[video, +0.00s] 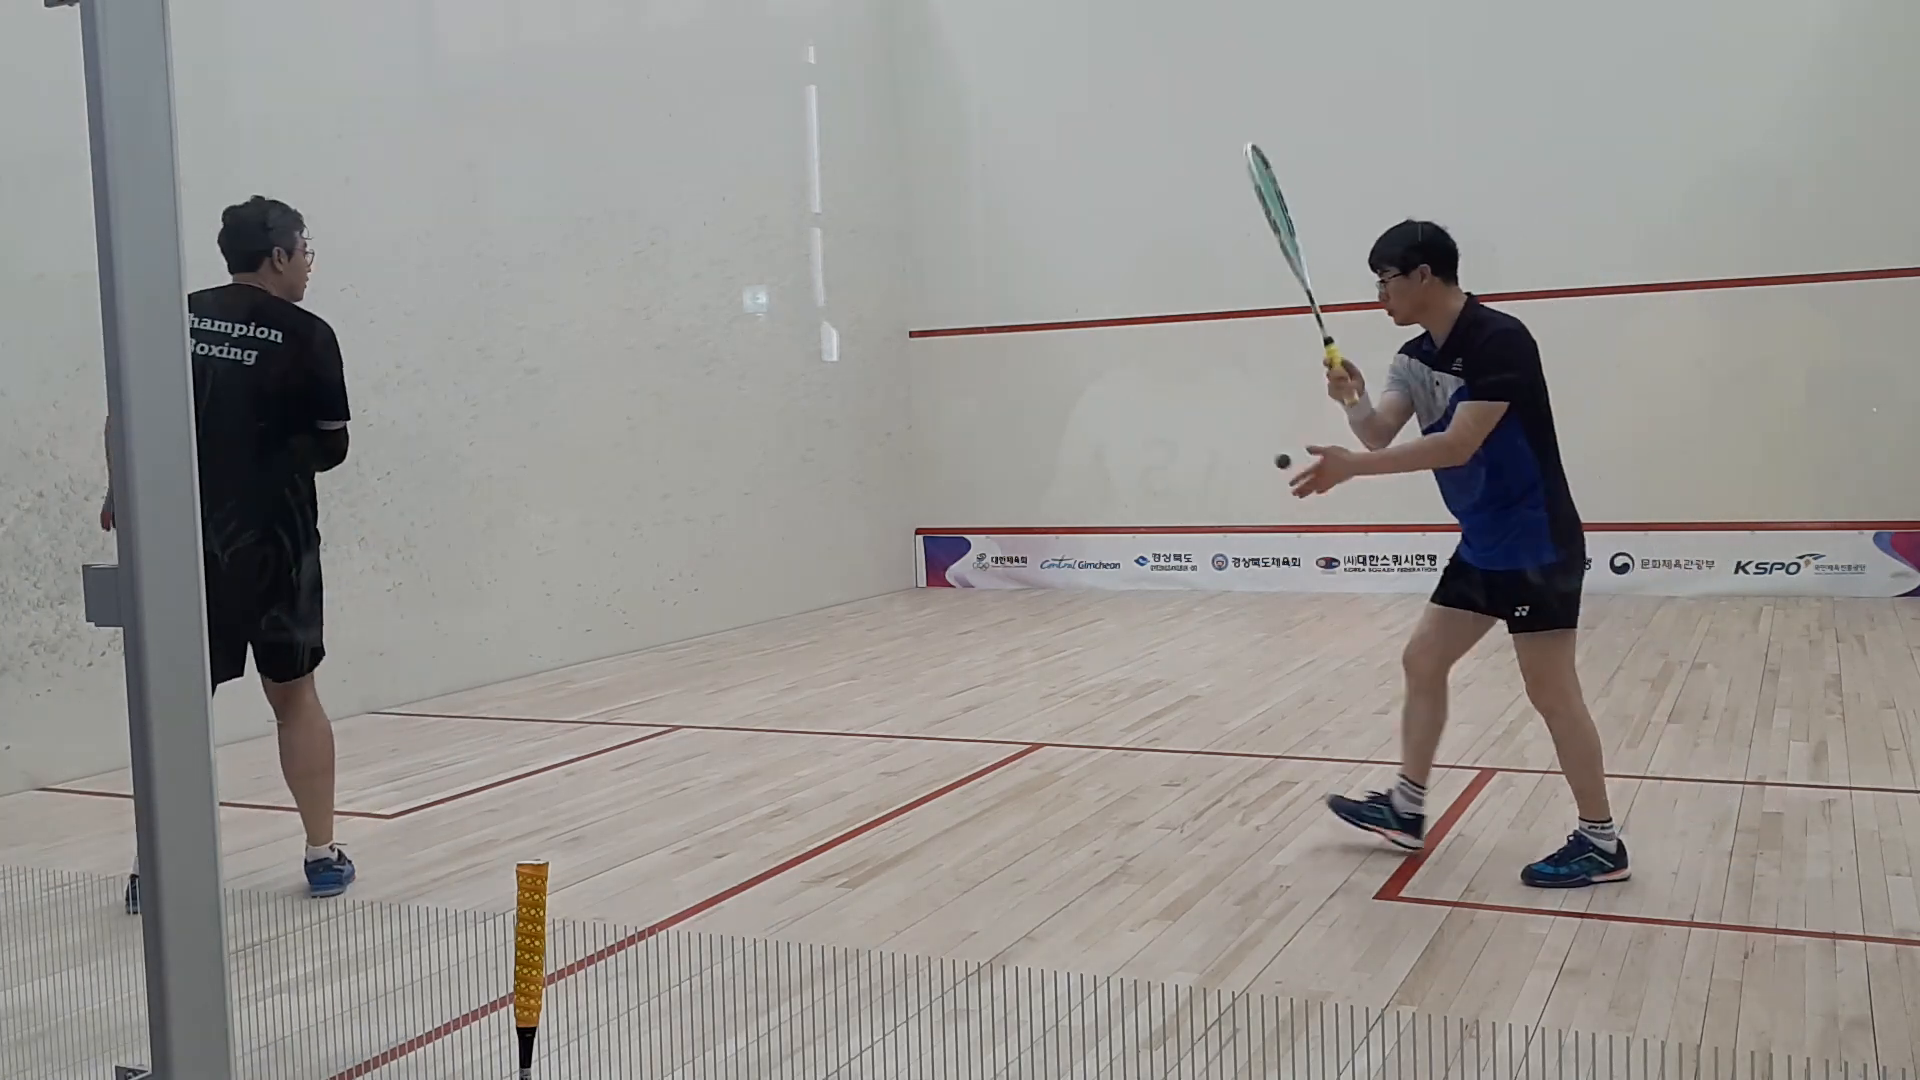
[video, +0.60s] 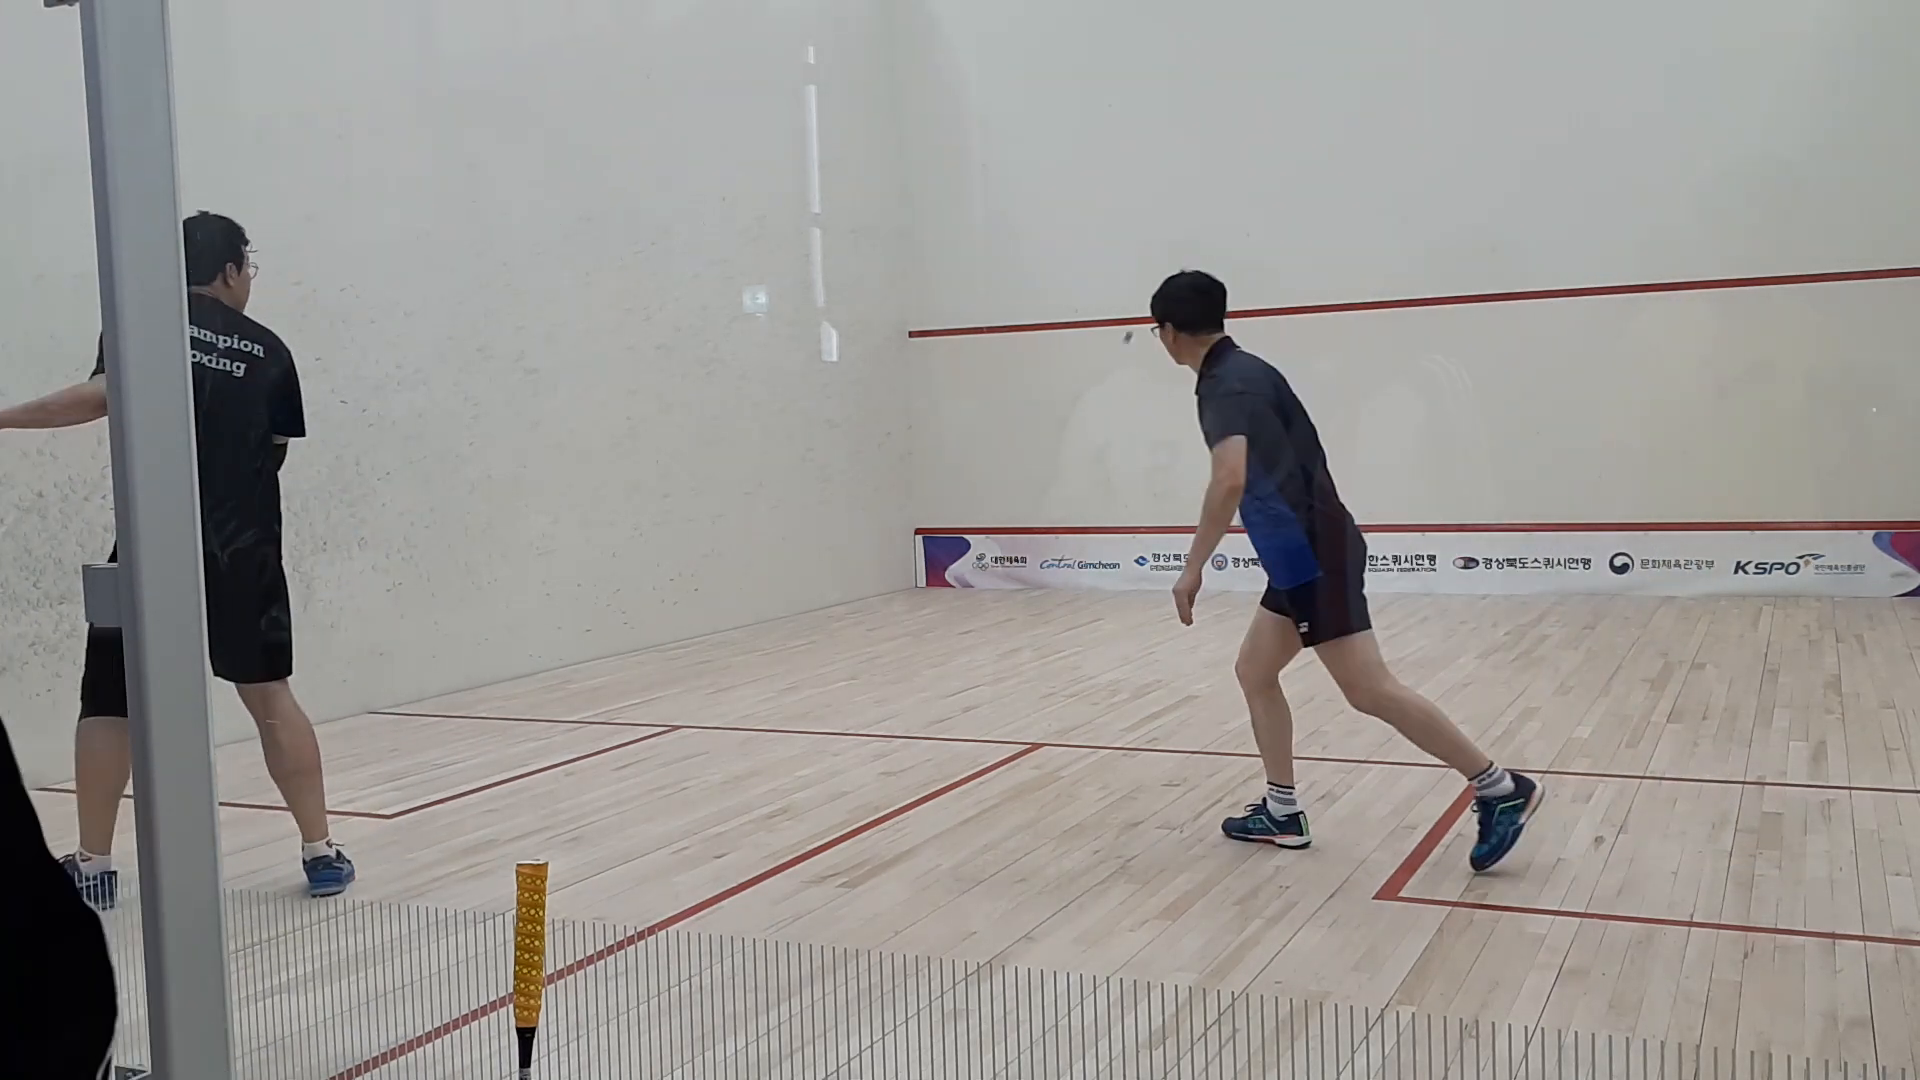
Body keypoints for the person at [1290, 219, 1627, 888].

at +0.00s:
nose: (1379, 296)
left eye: (1386, 281)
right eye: (1377, 283)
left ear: (1424, 275)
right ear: (1418, 279)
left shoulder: (1501, 341)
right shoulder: (1416, 352)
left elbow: (1458, 445)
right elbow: (1378, 437)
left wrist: (1358, 466)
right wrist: (1353, 400)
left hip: (1542, 546)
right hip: (1484, 545)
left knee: (1554, 692)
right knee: (1424, 659)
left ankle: (1601, 838)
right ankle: (1407, 805)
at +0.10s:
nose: (1349, 303)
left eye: (1355, 289)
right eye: (1347, 290)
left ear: (1393, 282)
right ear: (1389, 286)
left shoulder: (1472, 341)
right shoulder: (1385, 354)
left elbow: (1424, 429)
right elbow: (1345, 423)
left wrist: (1330, 445)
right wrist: (1331, 364)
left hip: (1508, 553)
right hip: (1447, 551)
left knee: (1535, 695)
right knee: (1384, 663)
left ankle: (1597, 835)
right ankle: (1335, 796)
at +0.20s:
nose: (1315, 314)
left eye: (1319, 303)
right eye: (1313, 304)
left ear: (1350, 295)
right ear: (1351, 297)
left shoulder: (1433, 350)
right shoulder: (1348, 364)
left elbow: (1394, 431)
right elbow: (1301, 410)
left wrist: (1302, 446)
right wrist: (1311, 338)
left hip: (1468, 560)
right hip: (1409, 561)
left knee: (1509, 697)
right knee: (1343, 674)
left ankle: (1595, 833)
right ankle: (1301, 806)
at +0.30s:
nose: (1268, 335)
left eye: (1272, 322)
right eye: (1265, 325)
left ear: (1308, 314)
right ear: (1296, 318)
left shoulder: (1391, 367)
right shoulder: (1301, 378)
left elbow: (1360, 451)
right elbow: (1239, 440)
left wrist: (1267, 482)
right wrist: (1280, 386)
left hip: (1428, 571)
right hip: (1370, 571)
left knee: (1470, 706)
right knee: (1295, 667)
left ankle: (1582, 823)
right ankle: (1284, 809)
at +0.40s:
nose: (1223, 345)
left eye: (1225, 332)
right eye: (1220, 334)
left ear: (1255, 325)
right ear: (1258, 328)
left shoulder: (1337, 382)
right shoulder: (1257, 402)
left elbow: (1319, 480)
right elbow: (1214, 469)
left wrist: (1238, 530)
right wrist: (1178, 510)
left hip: (1388, 570)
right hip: (1342, 573)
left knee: (1419, 708)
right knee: (1271, 669)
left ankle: (1551, 805)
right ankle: (1282, 809)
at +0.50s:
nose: (1186, 344)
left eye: (1187, 332)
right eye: (1185, 333)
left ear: (1209, 331)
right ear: (1234, 326)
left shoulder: (1273, 383)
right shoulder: (1242, 395)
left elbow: (1274, 487)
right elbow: (1214, 486)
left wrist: (1221, 557)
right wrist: (1176, 549)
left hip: (1357, 564)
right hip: (1322, 568)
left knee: (1394, 702)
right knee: (1261, 669)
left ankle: (1528, 796)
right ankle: (1281, 810)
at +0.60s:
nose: (1160, 340)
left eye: (1160, 330)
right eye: (1158, 330)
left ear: (1175, 331)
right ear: (1214, 322)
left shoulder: (1227, 384)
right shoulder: (1239, 372)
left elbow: (1231, 480)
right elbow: (1289, 466)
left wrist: (1193, 566)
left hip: (1320, 556)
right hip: (1301, 558)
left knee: (1370, 690)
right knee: (1254, 670)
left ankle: (1500, 787)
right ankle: (1281, 808)